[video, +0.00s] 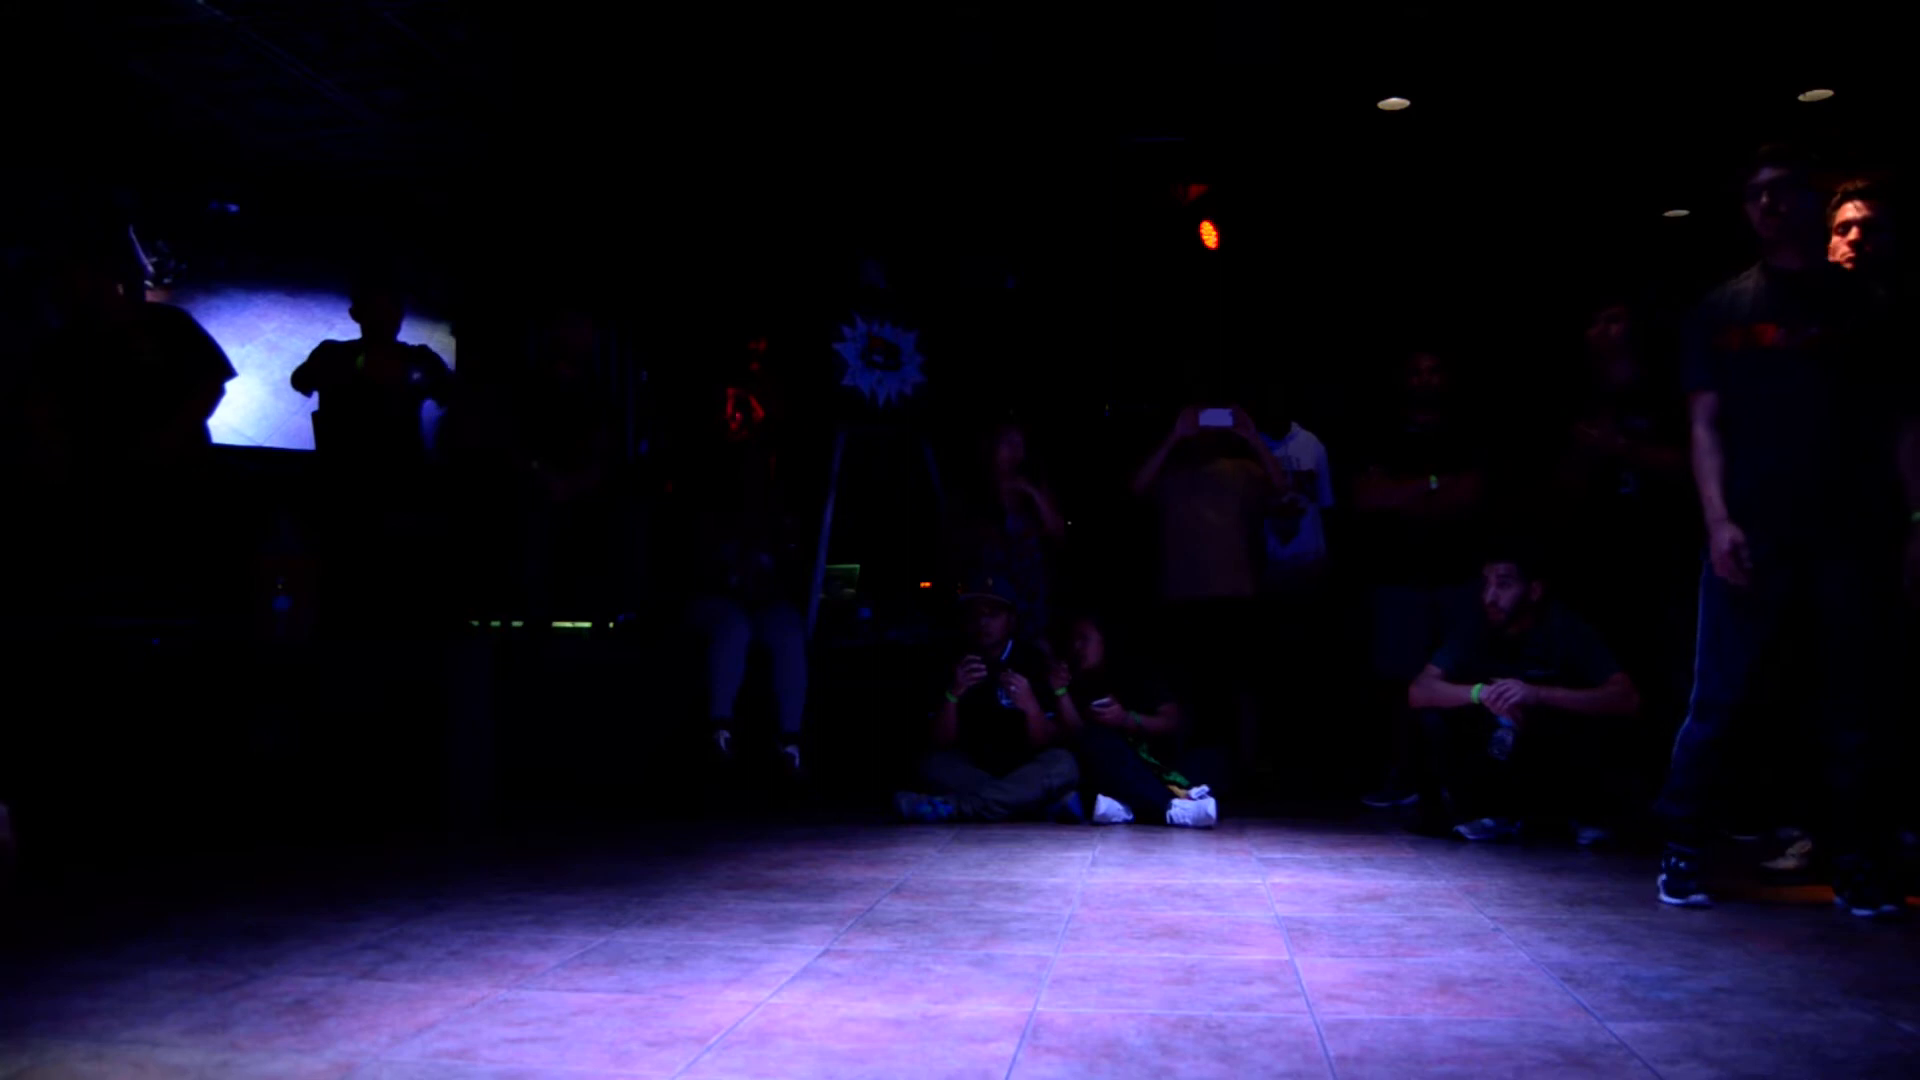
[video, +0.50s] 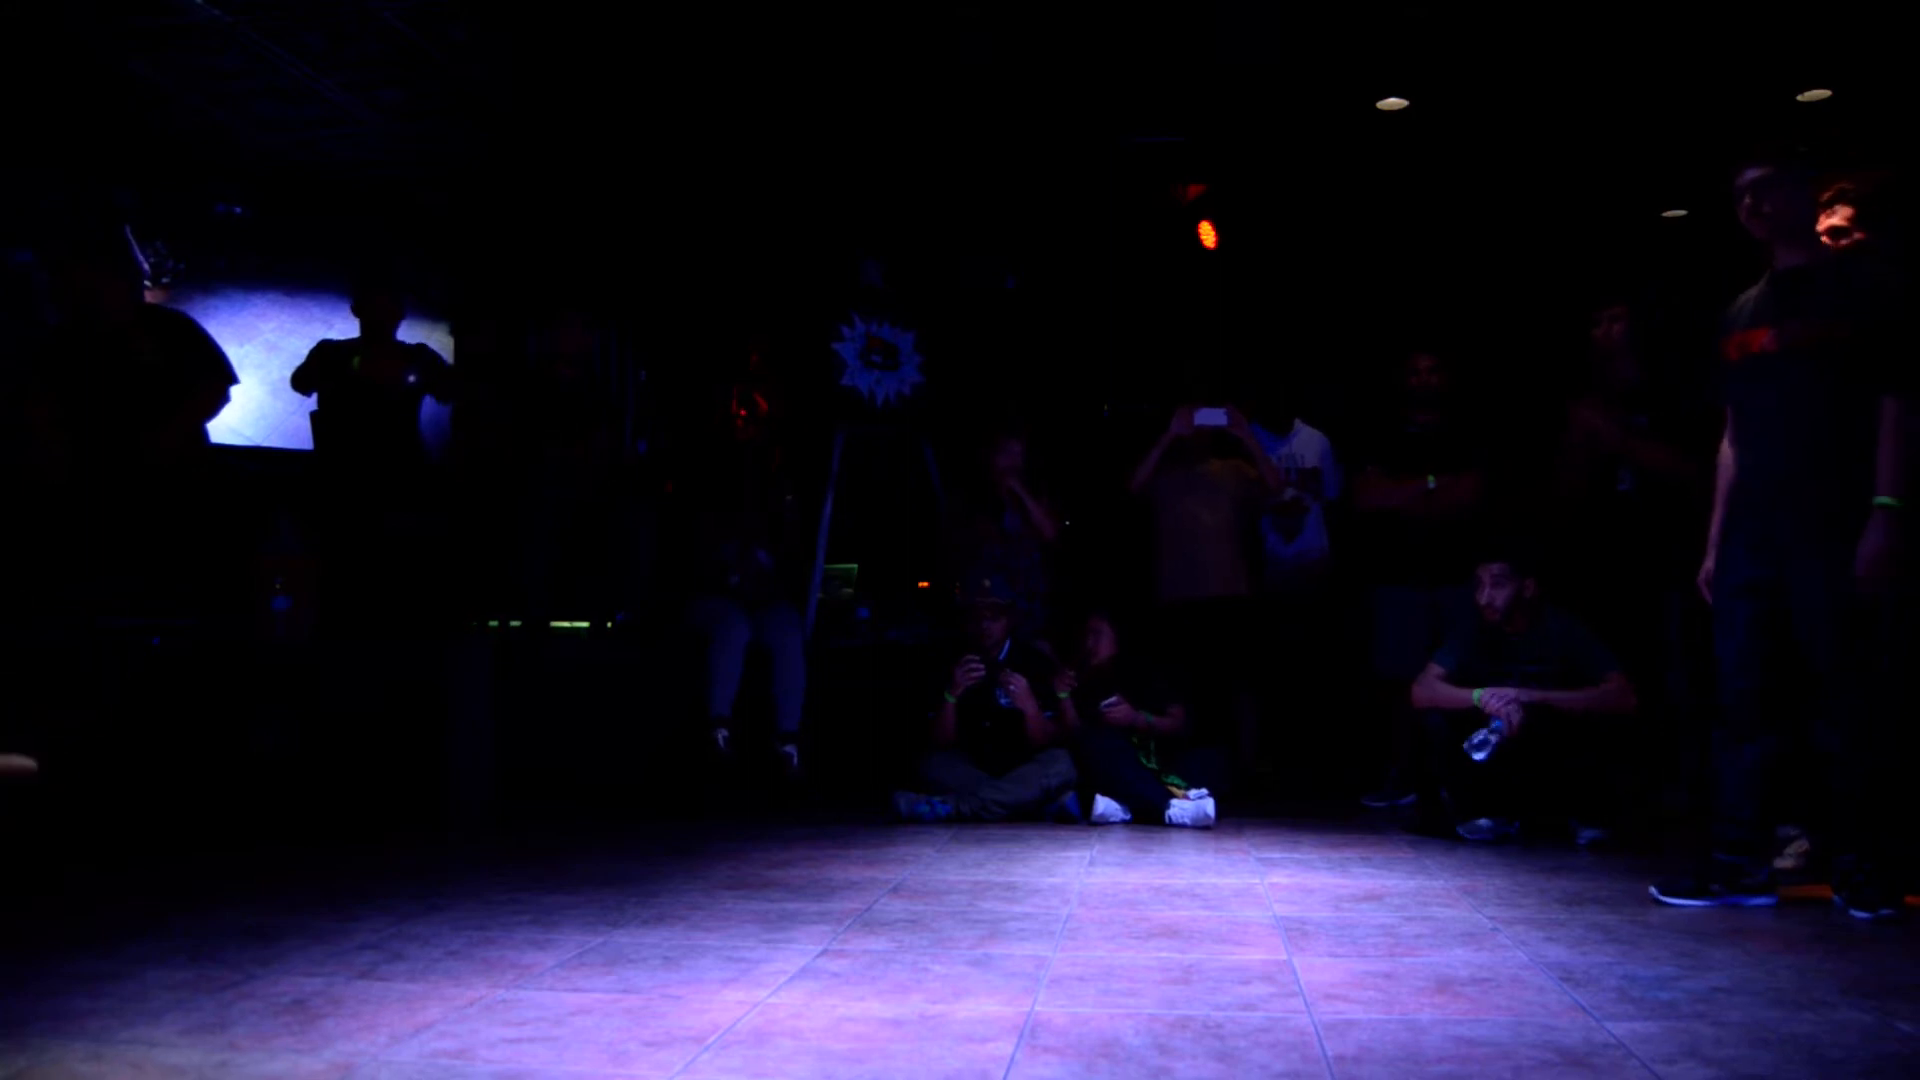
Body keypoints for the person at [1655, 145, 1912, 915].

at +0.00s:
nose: (1778, 208)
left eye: (1792, 194)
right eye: (1765, 196)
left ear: (1821, 205)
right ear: (1749, 211)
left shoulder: (1864, 300)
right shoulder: (1726, 308)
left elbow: (1899, 422)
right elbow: (1705, 423)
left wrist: (1909, 525)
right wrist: (1718, 521)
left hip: (1853, 528)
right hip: (1756, 530)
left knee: (1858, 701)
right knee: (1720, 699)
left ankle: (1862, 868)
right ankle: (1685, 855)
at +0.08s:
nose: (1777, 207)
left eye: (1791, 193)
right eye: (1765, 196)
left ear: (1821, 203)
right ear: (1752, 212)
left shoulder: (1869, 295)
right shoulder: (1733, 309)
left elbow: (1904, 420)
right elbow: (1713, 426)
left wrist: (1911, 529)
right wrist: (1714, 525)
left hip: (1856, 528)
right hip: (1759, 530)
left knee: (1858, 701)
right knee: (1722, 698)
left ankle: (1861, 871)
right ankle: (1693, 859)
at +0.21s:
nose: (1775, 211)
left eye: (1788, 196)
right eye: (1764, 199)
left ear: (1820, 203)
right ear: (1755, 214)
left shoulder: (1870, 292)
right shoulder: (1743, 309)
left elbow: (1905, 420)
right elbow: (1723, 429)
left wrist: (1909, 531)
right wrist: (1707, 532)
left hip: (1857, 526)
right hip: (1764, 526)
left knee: (1857, 697)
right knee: (1740, 692)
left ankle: (1862, 870)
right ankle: (1724, 858)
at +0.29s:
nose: (1773, 210)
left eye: (1786, 195)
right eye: (1763, 199)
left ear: (1820, 200)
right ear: (1754, 212)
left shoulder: (1871, 291)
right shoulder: (1748, 309)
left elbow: (1904, 420)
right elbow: (1728, 431)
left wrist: (1908, 532)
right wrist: (1707, 534)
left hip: (1855, 526)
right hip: (1764, 525)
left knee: (1854, 697)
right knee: (1747, 692)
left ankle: (1864, 870)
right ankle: (1736, 861)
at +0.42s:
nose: (1763, 208)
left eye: (1777, 192)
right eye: (1755, 196)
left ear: (1814, 197)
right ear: (1750, 211)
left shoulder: (1867, 284)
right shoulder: (1751, 308)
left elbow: (1902, 409)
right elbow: (1734, 432)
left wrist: (1902, 514)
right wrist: (1713, 538)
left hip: (1849, 523)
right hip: (1765, 524)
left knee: (1854, 697)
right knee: (1751, 691)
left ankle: (1867, 869)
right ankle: (1743, 862)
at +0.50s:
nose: (1753, 208)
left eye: (1767, 192)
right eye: (1745, 197)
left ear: (1807, 195)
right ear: (1743, 212)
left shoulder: (1861, 281)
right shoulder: (1747, 310)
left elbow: (1893, 407)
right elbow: (1734, 437)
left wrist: (1885, 513)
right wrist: (1716, 544)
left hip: (1839, 522)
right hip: (1760, 525)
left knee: (1851, 696)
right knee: (1748, 692)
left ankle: (1867, 870)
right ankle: (1741, 861)